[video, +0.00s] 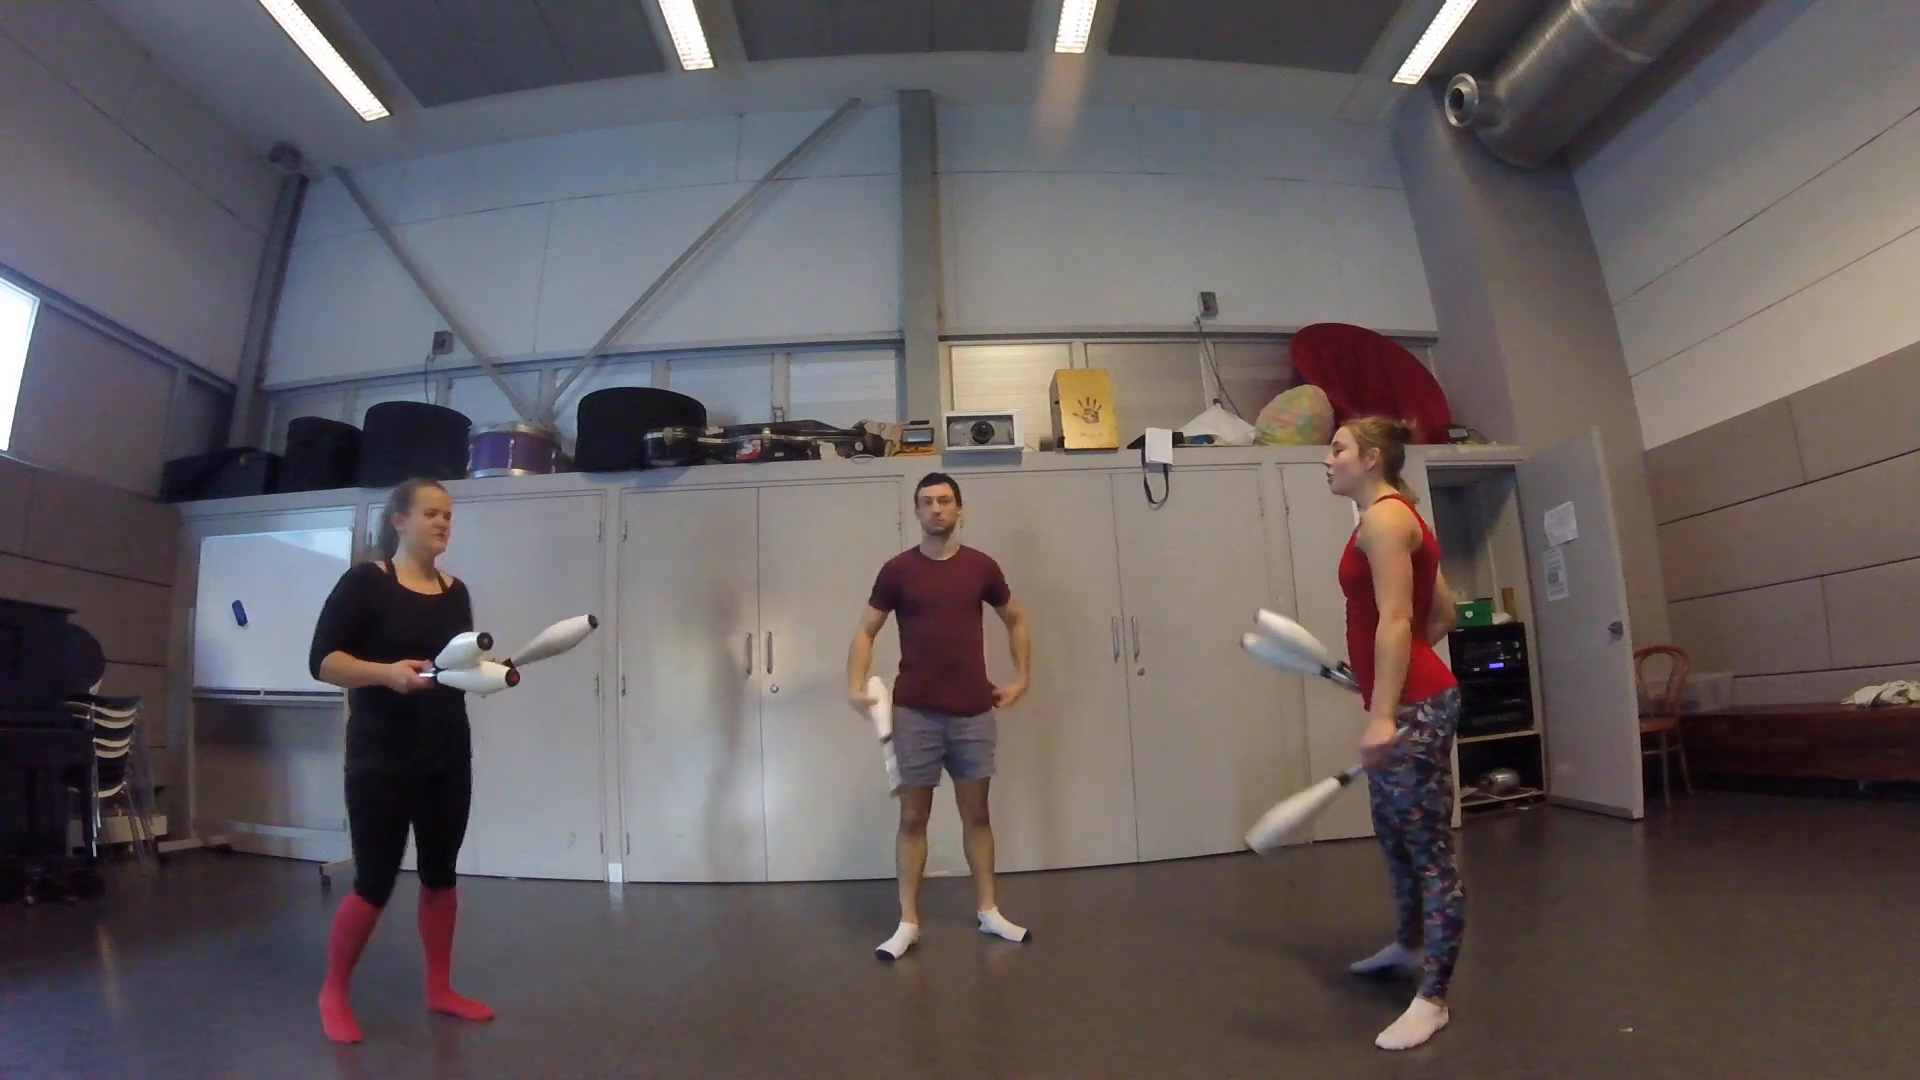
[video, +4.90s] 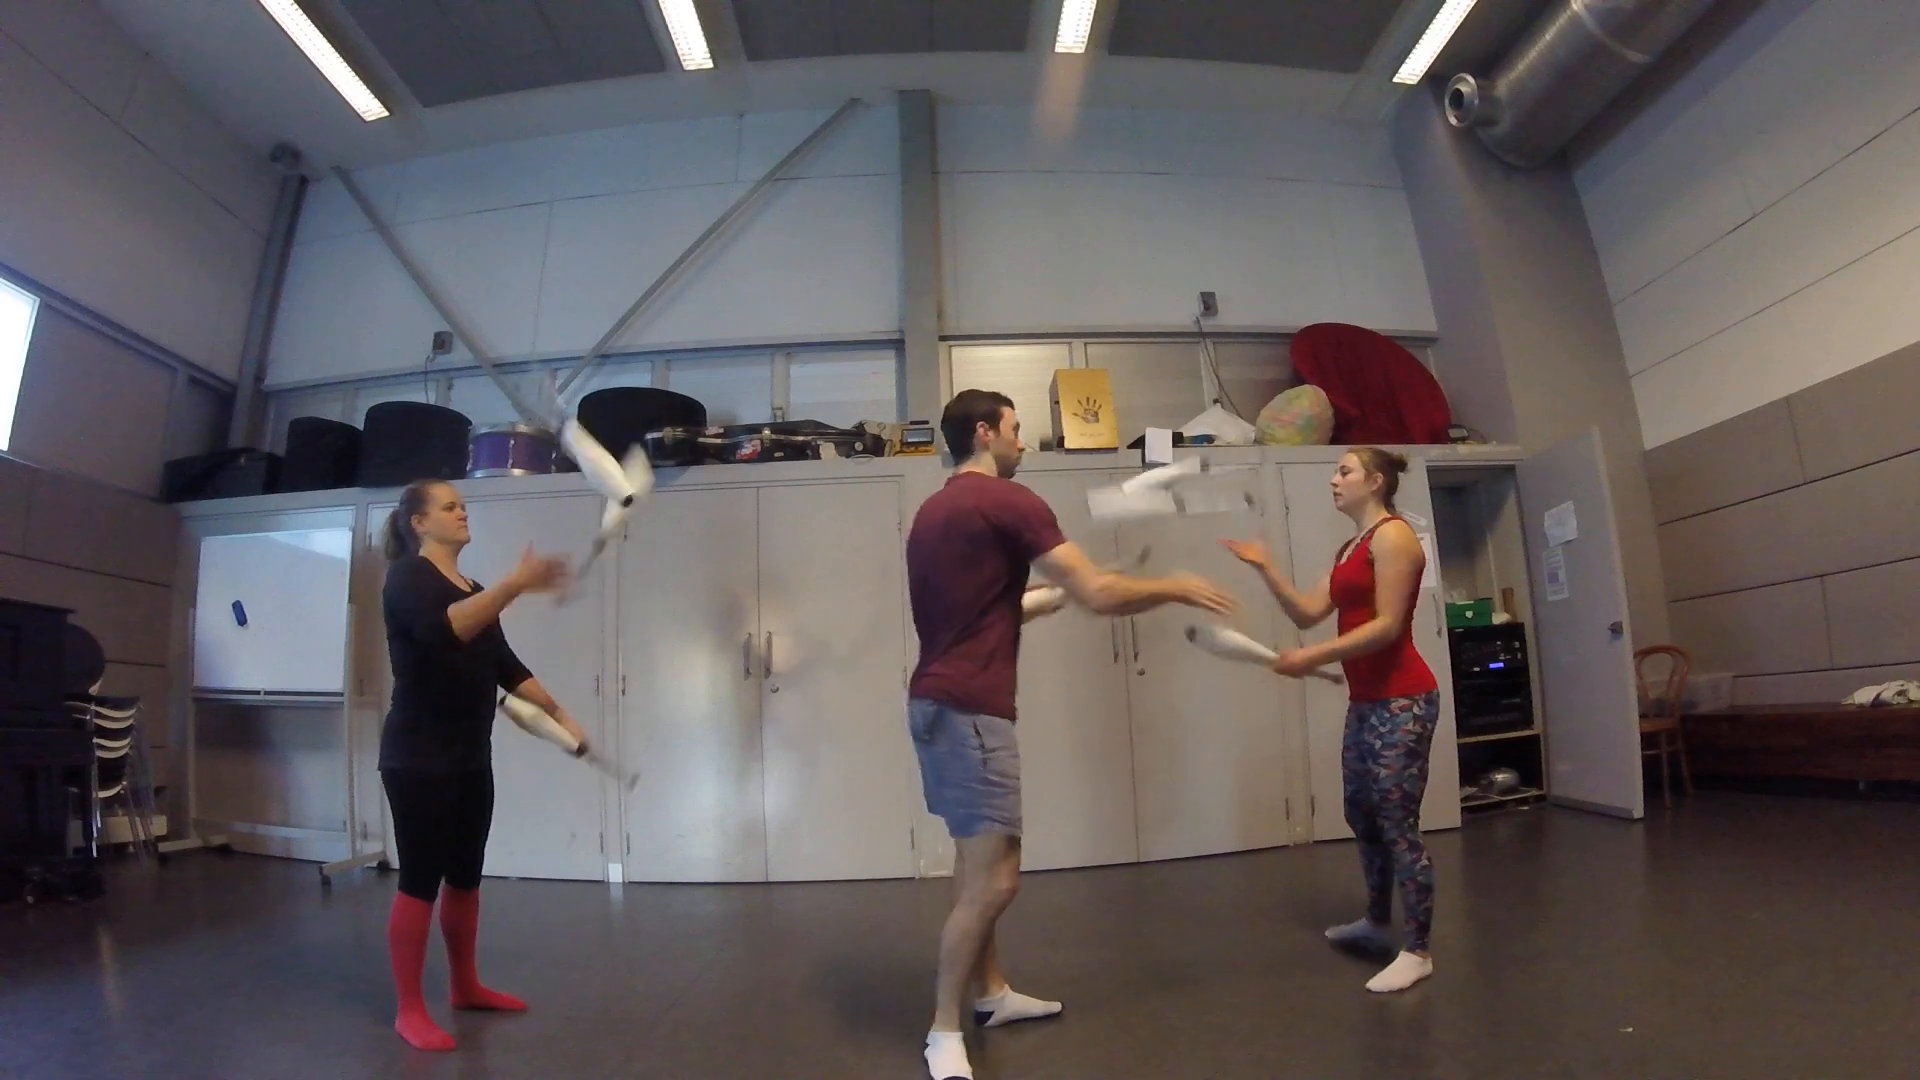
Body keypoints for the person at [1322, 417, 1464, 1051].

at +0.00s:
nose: (1327, 459)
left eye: (1338, 449)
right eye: (1331, 448)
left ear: (1371, 459)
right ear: (1369, 459)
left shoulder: (1382, 518)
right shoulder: (1398, 515)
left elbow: (1395, 621)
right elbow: (1442, 613)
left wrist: (1382, 715)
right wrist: (1376, 669)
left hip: (1417, 705)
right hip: (1401, 701)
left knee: (1427, 846)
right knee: (1396, 831)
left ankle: (1434, 998)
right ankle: (1410, 944)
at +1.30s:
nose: (1321, 473)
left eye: (1332, 463)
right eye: (1321, 464)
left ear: (1367, 470)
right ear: (1349, 473)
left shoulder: (1388, 528)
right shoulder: (1356, 533)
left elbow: (1396, 620)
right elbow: (1353, 632)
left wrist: (1334, 675)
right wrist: (1312, 675)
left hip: (1399, 707)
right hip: (1366, 709)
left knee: (1402, 836)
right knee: (1357, 828)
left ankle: (1396, 980)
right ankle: (1413, 936)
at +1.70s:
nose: (1324, 479)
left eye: (1334, 469)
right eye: (1323, 470)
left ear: (1368, 476)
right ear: (1348, 480)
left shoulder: (1389, 534)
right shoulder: (1348, 542)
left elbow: (1382, 618)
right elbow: (1319, 625)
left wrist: (1312, 583)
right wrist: (1256, 615)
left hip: (1389, 708)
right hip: (1357, 709)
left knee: (1380, 834)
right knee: (1376, 831)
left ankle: (1393, 977)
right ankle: (1393, 940)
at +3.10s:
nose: (1313, 477)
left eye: (1324, 468)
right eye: (1314, 468)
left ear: (1357, 479)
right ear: (1347, 482)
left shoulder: (1371, 535)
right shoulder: (1339, 543)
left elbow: (1357, 619)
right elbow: (1302, 629)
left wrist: (1292, 669)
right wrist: (1250, 612)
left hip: (1375, 706)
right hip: (1348, 707)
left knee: (1383, 837)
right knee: (1377, 834)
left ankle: (1384, 975)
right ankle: (1392, 943)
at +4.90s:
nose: (1334, 480)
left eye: (1345, 472)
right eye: (1335, 472)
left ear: (1377, 483)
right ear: (1365, 485)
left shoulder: (1395, 537)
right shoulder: (1355, 547)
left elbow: (1389, 625)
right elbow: (1308, 612)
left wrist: (1312, 656)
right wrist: (1266, 567)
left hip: (1402, 701)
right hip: (1366, 700)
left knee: (1396, 821)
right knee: (1362, 814)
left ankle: (1417, 952)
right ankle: (1377, 923)